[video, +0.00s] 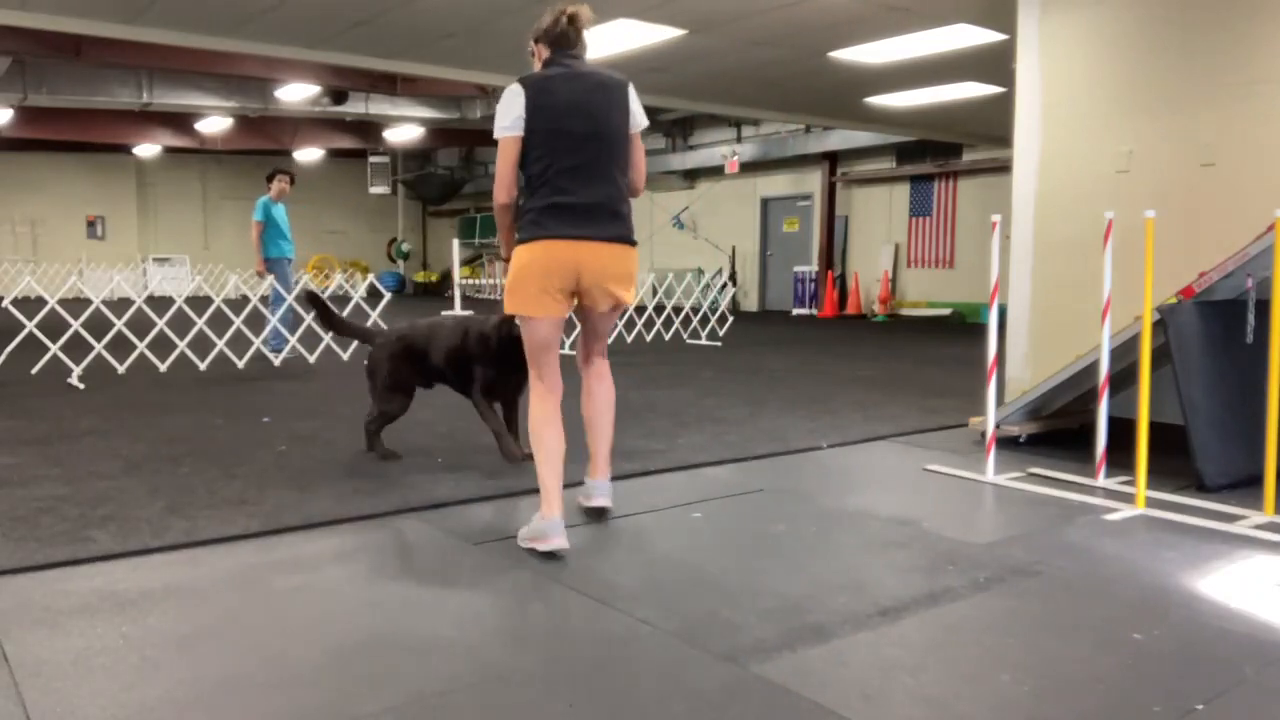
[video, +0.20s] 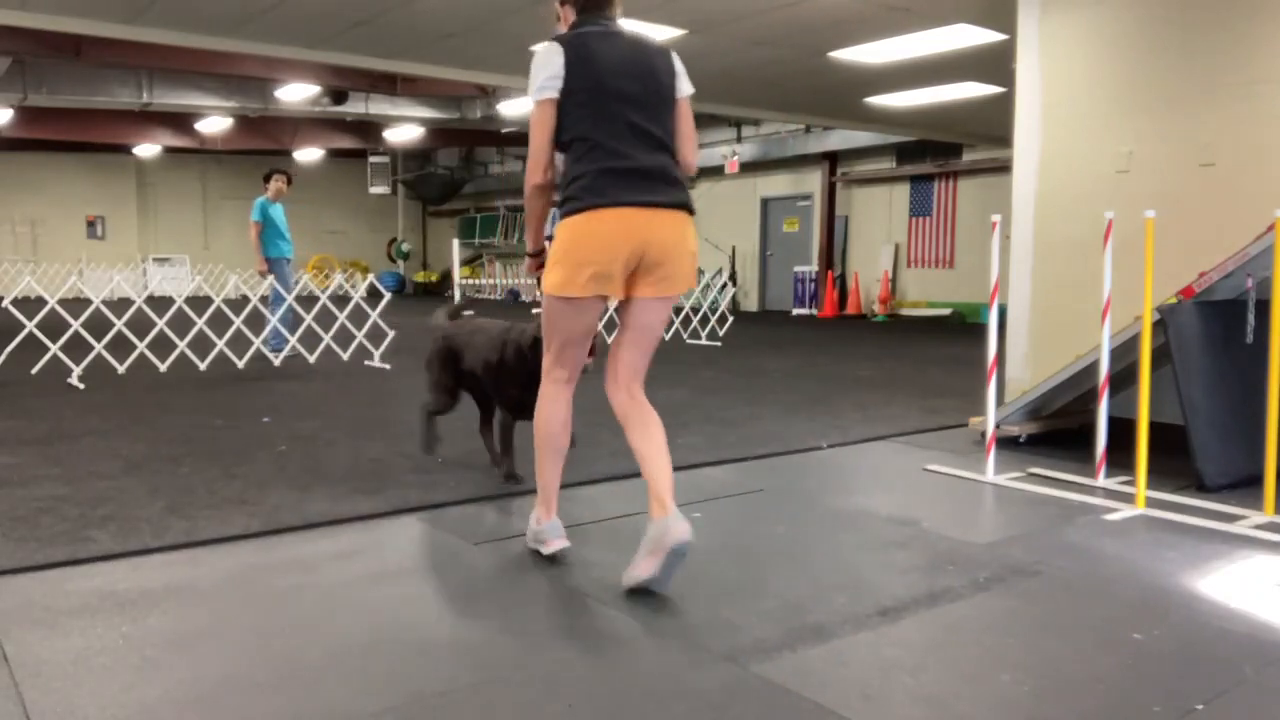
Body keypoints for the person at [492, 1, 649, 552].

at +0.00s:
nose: (531, 59)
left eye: (530, 53)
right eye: (533, 54)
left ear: (540, 51)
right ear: (584, 49)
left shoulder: (520, 94)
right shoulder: (621, 90)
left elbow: (504, 194)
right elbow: (637, 181)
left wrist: (507, 245)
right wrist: (601, 192)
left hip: (542, 250)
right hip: (611, 250)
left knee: (544, 382)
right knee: (595, 360)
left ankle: (550, 518)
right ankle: (599, 482)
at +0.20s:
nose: (552, 17)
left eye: (552, 11)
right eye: (554, 12)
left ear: (565, 9)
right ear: (616, 9)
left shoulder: (555, 53)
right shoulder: (665, 58)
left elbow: (540, 173)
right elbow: (688, 159)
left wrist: (535, 244)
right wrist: (638, 190)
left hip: (590, 227)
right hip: (670, 226)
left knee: (561, 374)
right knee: (627, 384)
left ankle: (547, 517)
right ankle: (666, 515)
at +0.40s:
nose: (595, 10)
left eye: (595, 5)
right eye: (596, 6)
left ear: (608, 4)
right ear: (662, 1)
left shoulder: (593, 44)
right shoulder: (722, 49)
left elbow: (573, 178)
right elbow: (744, 155)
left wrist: (557, 250)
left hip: (651, 227)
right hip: (740, 225)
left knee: (623, 399)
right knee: (681, 393)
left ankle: (647, 544)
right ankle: (679, 576)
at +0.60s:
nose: (641, 14)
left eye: (642, 11)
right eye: (642, 12)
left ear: (658, 2)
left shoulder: (664, 25)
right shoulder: (783, 37)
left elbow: (622, 182)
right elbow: (802, 152)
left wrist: (581, 280)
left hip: (734, 237)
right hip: (835, 234)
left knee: (686, 441)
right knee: (764, 420)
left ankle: (692, 656)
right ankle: (833, 592)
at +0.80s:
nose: (726, 17)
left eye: (729, 8)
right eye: (725, 14)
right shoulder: (865, 23)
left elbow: (743, 137)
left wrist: (656, 265)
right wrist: (821, 302)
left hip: (910, 220)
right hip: (996, 223)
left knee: (759, 427)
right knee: (884, 475)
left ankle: (746, 678)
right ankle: (968, 704)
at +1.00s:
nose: (804, 13)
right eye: (799, 8)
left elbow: (938, 52)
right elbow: (1025, 190)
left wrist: (850, 219)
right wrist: (952, 314)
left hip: (1106, 197)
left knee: (1059, 506)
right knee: (1008, 461)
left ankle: (1222, 709)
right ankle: (993, 703)